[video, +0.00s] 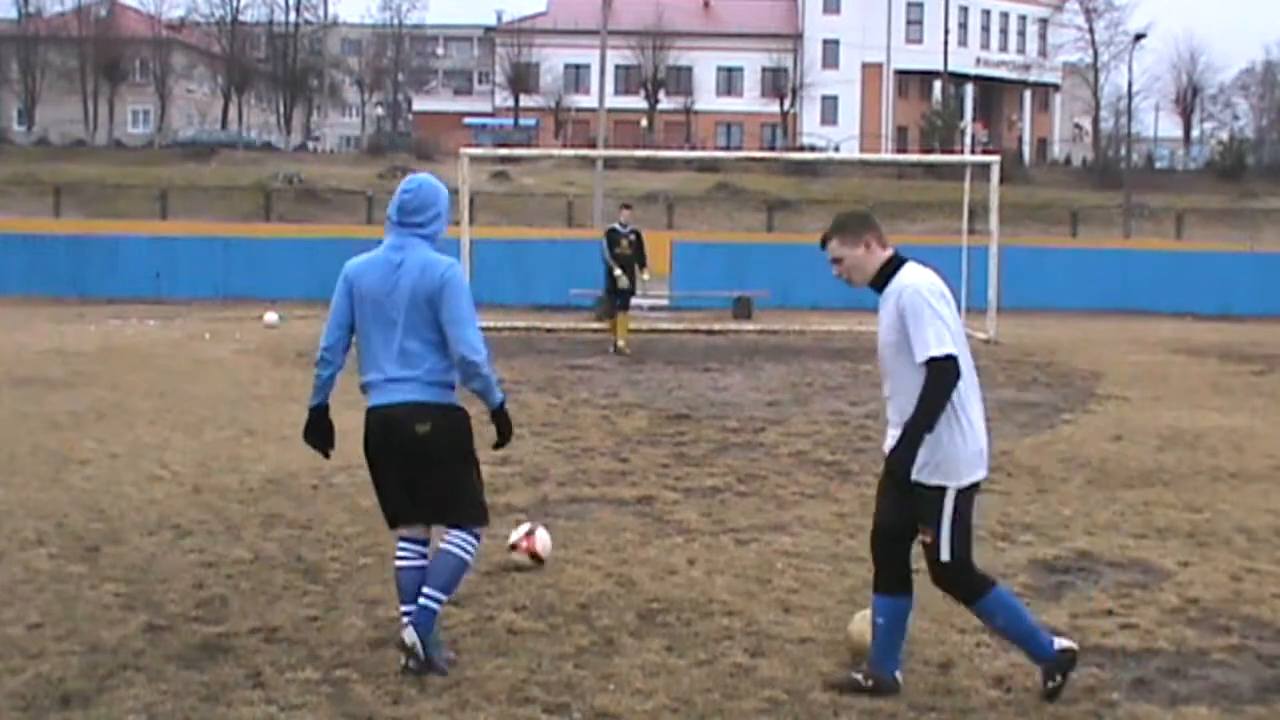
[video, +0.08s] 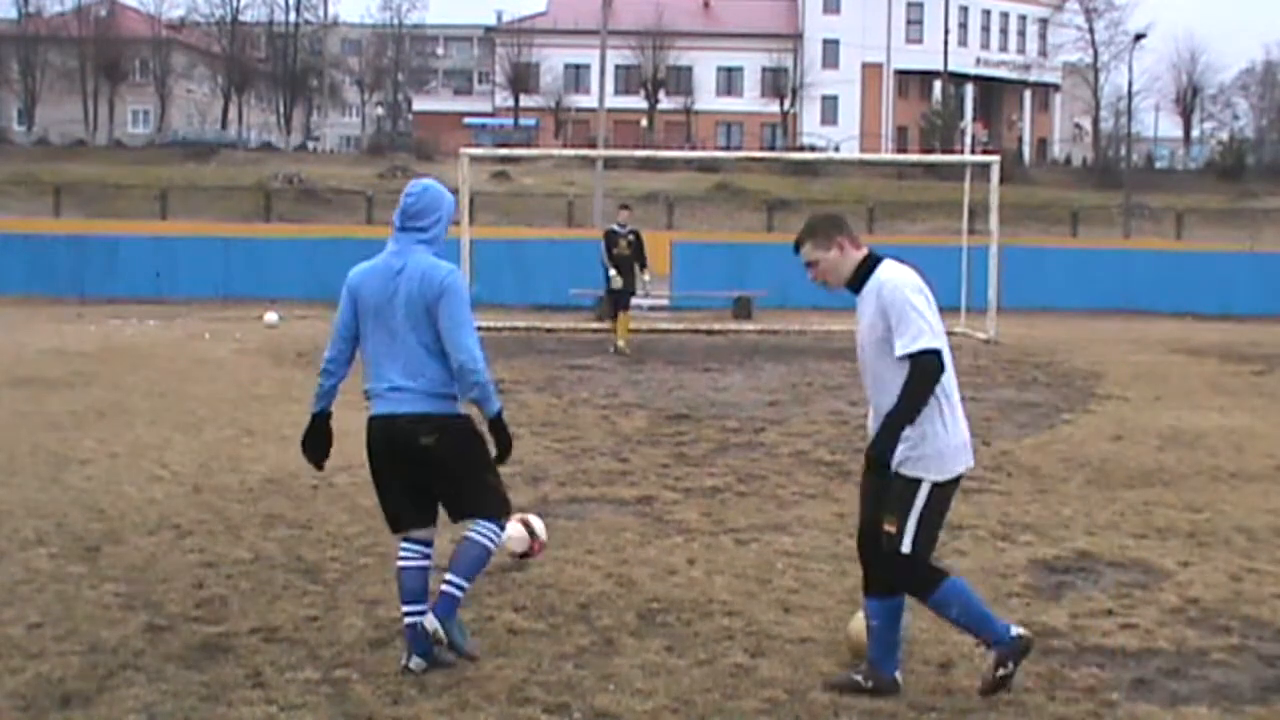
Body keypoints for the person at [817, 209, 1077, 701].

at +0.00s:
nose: (838, 273)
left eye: (841, 261)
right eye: (833, 264)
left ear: (873, 245)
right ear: (868, 251)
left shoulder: (915, 288)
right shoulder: (894, 294)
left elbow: (943, 371)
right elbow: (928, 375)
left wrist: (904, 446)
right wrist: (905, 444)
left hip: (948, 456)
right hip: (910, 451)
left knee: (951, 569)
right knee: (889, 547)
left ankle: (1050, 653)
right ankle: (882, 670)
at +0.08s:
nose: (813, 276)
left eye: (815, 263)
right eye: (808, 267)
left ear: (845, 246)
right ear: (842, 252)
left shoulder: (896, 284)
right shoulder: (872, 293)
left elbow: (929, 365)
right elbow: (901, 372)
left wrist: (886, 437)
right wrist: (882, 441)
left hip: (930, 453)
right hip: (894, 450)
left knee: (903, 559)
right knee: (874, 555)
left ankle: (1005, 640)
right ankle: (881, 671)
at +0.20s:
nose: (784, 274)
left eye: (786, 261)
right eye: (778, 265)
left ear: (814, 241)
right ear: (808, 249)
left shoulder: (874, 278)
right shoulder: (839, 291)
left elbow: (915, 355)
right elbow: (861, 372)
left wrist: (872, 429)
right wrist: (839, 429)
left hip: (897, 444)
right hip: (865, 444)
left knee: (847, 546)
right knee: (865, 548)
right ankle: (881, 658)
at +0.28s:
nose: (765, 272)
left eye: (766, 260)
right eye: (760, 264)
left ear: (795, 241)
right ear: (789, 248)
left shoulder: (860, 280)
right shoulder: (810, 290)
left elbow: (904, 358)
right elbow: (834, 368)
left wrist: (861, 444)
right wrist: (807, 423)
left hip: (870, 446)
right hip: (838, 445)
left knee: (816, 543)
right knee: (860, 550)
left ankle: (826, 679)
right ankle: (882, 671)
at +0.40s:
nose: (733, 276)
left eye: (735, 265)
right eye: (728, 267)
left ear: (763, 248)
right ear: (758, 254)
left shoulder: (834, 290)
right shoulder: (773, 297)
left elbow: (880, 368)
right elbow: (785, 374)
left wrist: (856, 446)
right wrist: (751, 433)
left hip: (832, 457)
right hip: (799, 456)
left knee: (779, 556)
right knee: (845, 559)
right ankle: (880, 671)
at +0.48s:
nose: (711, 277)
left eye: (713, 265)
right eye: (707, 267)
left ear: (744, 249)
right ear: (737, 256)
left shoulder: (813, 295)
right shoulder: (746, 300)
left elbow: (859, 374)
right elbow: (755, 375)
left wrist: (836, 452)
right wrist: (718, 435)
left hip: (806, 459)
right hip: (773, 457)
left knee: (749, 556)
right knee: (819, 558)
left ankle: (704, 691)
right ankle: (875, 665)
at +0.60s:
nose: (680, 267)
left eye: (682, 256)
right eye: (675, 259)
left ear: (713, 242)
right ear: (702, 248)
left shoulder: (776, 292)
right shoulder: (709, 292)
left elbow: (817, 374)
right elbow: (713, 369)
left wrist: (781, 452)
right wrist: (678, 432)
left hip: (763, 456)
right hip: (729, 455)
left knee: (711, 558)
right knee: (750, 563)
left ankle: (693, 697)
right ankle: (836, 639)